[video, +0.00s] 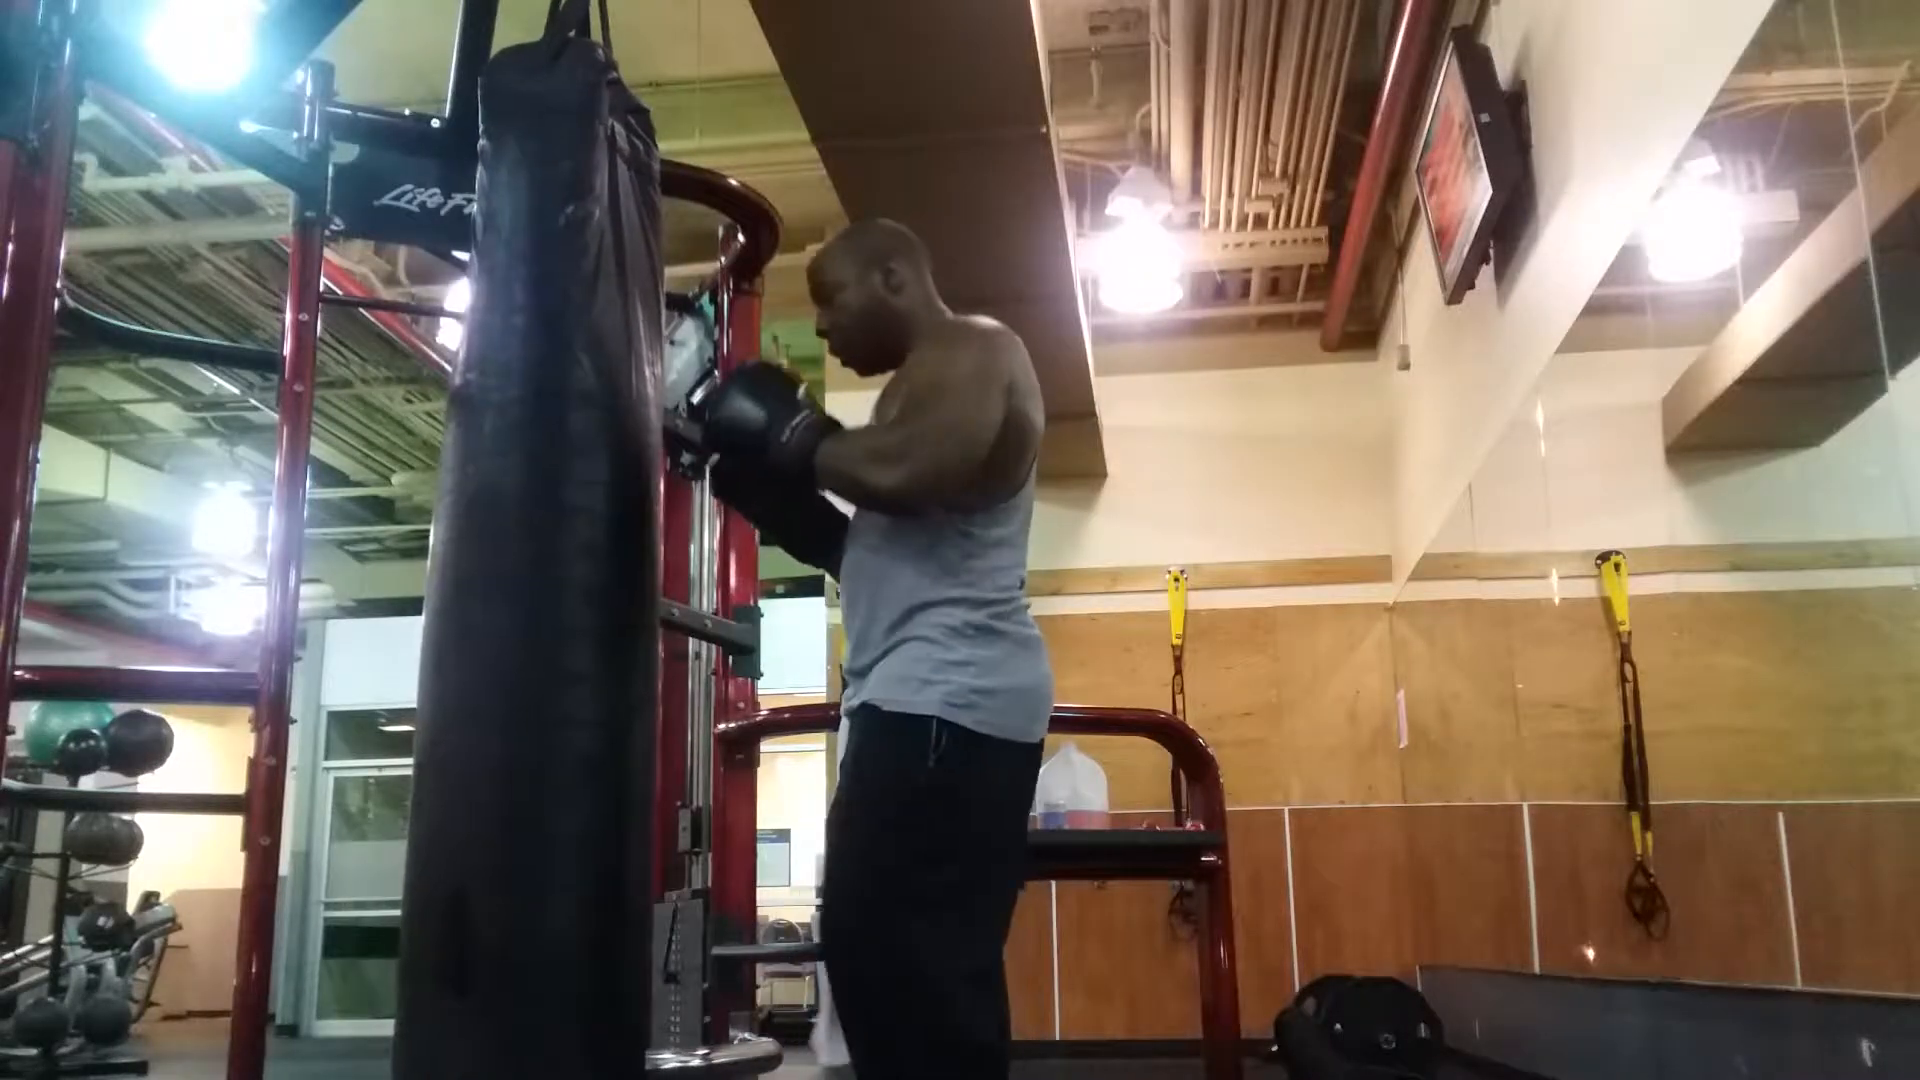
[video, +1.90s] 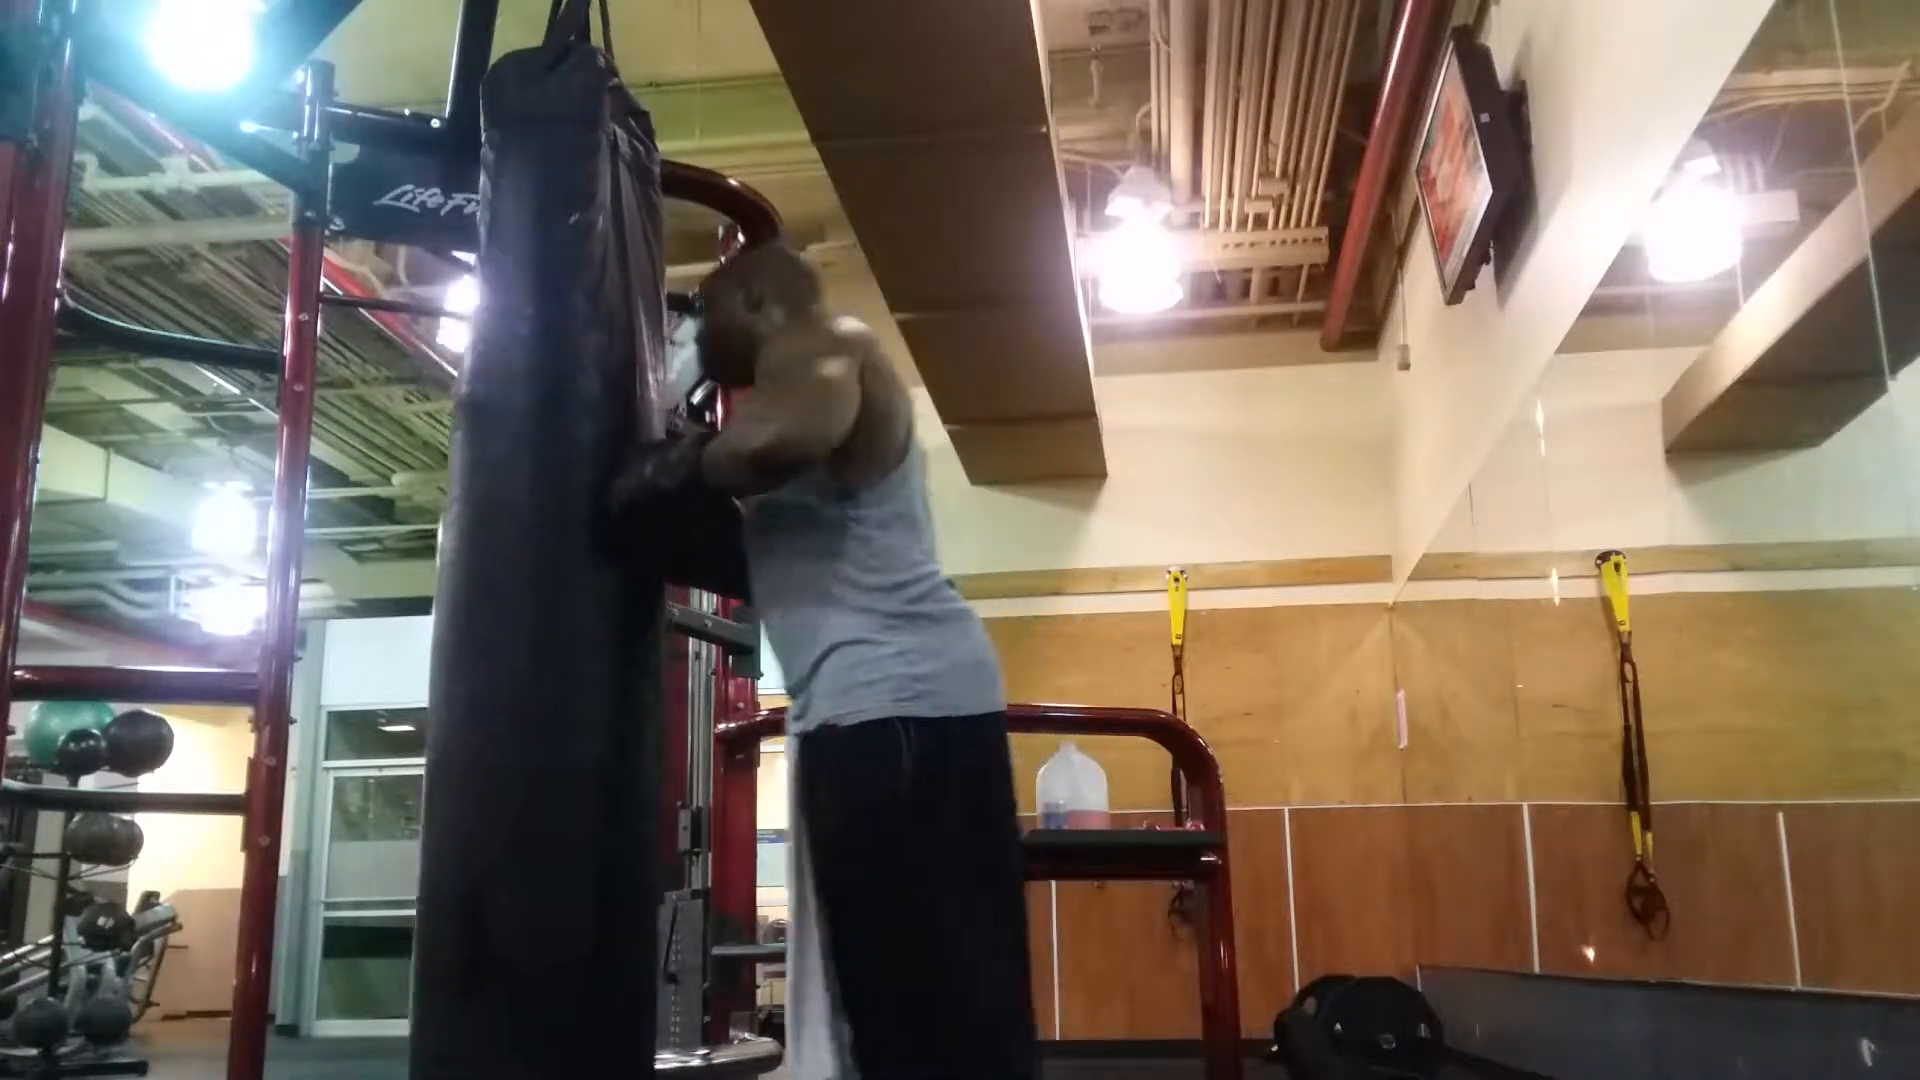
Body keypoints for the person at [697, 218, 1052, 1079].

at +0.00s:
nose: (821, 327)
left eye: (827, 300)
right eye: (815, 309)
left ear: (891, 278)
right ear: (894, 285)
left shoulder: (972, 347)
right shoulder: (916, 396)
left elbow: (923, 467)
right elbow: (884, 567)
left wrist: (798, 431)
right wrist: (770, 499)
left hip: (947, 695)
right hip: (920, 694)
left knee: (885, 949)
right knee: (914, 961)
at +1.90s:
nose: (698, 338)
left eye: (707, 309)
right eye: (696, 316)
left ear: (754, 295)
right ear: (780, 296)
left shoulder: (818, 344)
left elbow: (789, 435)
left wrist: (677, 467)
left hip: (893, 707)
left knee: (916, 1011)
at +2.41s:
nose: (724, 309)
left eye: (738, 287)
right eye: (725, 293)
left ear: (805, 286)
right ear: (808, 293)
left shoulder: (858, 347)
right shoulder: (814, 401)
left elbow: (848, 462)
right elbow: (861, 597)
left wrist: (723, 483)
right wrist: (752, 624)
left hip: (911, 702)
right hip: (872, 706)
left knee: (914, 992)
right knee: (889, 990)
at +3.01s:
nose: (811, 256)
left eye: (824, 235)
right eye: (815, 237)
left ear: (880, 234)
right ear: (895, 241)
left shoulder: (938, 313)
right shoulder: (938, 331)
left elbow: (885, 474)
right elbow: (963, 546)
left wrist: (815, 489)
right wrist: (868, 608)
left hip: (971, 699)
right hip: (978, 698)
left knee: (960, 1020)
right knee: (983, 1016)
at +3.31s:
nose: (839, 236)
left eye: (841, 206)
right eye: (836, 211)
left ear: (883, 183)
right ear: (950, 187)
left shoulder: (944, 266)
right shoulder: (1049, 293)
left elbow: (869, 469)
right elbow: (1107, 510)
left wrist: (850, 474)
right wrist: (934, 566)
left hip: (1018, 673)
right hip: (1104, 665)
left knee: (1012, 1020)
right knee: (1084, 1010)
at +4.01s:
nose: (813, 265)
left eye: (811, 235)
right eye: (803, 243)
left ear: (860, 201)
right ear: (894, 198)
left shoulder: (954, 269)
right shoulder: (1012, 270)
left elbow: (905, 473)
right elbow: (1083, 469)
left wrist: (839, 465)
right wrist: (895, 506)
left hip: (1002, 683)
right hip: (1069, 675)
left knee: (919, 994)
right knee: (1091, 979)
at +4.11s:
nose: (754, 251)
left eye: (751, 219)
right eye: (743, 228)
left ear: (801, 191)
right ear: (840, 190)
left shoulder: (905, 263)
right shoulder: (942, 260)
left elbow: (876, 463)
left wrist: (801, 480)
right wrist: (818, 457)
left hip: (960, 676)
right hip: (1021, 672)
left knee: (848, 1000)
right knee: (1066, 981)